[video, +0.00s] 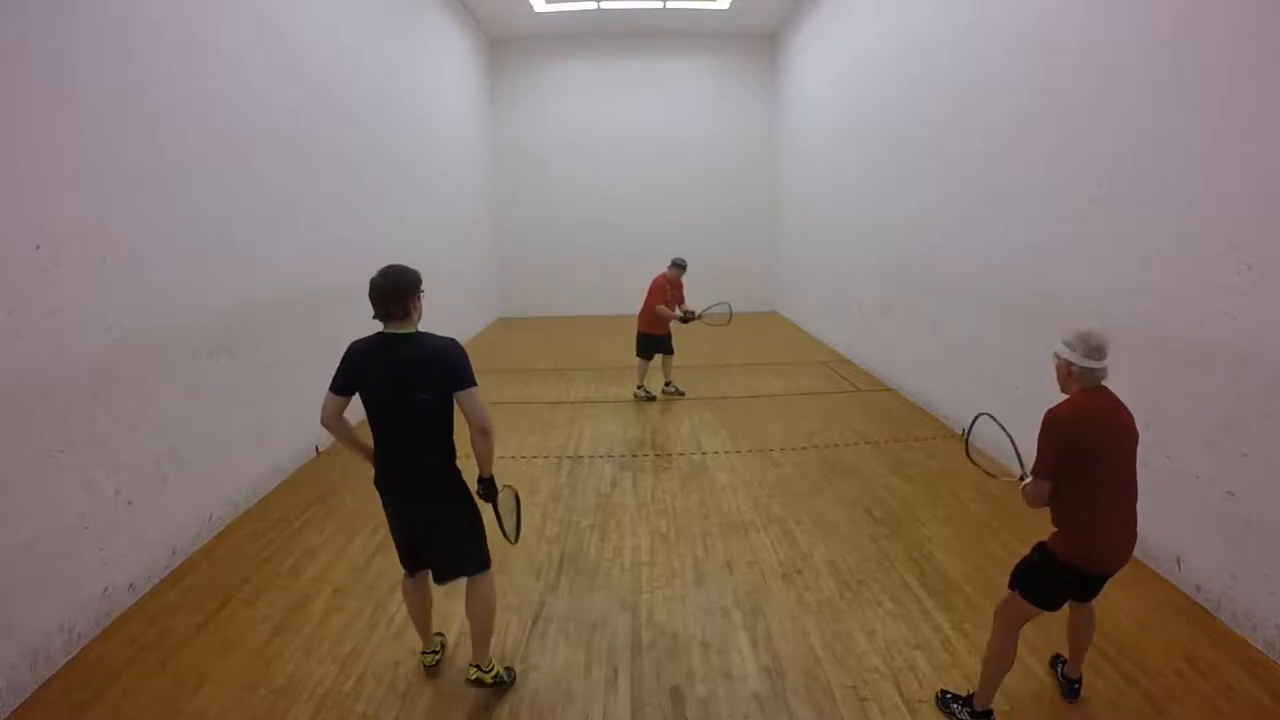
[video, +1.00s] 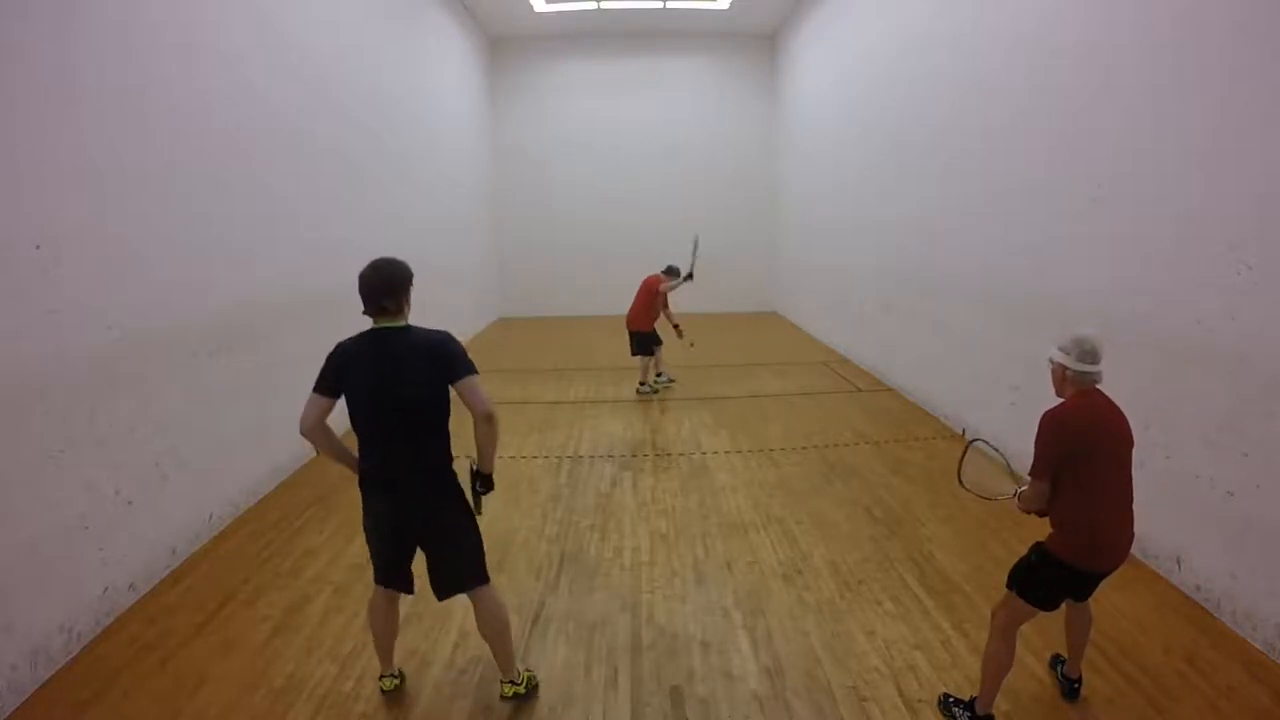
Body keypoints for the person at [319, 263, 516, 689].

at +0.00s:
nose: (422, 301)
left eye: (419, 295)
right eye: (421, 296)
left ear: (375, 307)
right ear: (416, 302)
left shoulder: (359, 354)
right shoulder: (446, 351)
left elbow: (331, 417)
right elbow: (480, 425)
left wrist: (371, 455)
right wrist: (486, 475)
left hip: (393, 482)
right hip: (440, 480)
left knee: (413, 568)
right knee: (478, 568)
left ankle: (428, 647)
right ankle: (481, 665)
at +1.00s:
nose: (411, 296)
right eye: (409, 291)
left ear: (363, 301)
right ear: (407, 297)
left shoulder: (346, 354)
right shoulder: (440, 345)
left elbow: (311, 425)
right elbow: (484, 411)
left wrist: (355, 465)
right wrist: (484, 470)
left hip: (381, 494)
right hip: (438, 490)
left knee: (386, 586)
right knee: (479, 586)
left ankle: (387, 673)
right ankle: (511, 678)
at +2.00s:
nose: (294, 370)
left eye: (291, 364)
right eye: (292, 365)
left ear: (244, 378)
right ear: (287, 372)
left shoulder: (225, 436)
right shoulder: (319, 423)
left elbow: (202, 525)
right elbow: (376, 494)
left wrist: (222, 576)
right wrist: (380, 538)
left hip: (267, 578)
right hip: (327, 570)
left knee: (265, 667)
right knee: (383, 644)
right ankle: (429, 713)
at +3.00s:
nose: (166, 400)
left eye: (166, 393)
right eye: (165, 392)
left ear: (174, 397)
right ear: (211, 389)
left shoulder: (170, 451)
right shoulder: (237, 430)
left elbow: (158, 540)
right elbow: (254, 495)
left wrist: (164, 569)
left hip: (237, 575)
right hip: (286, 551)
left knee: (236, 681)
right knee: (320, 598)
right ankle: (383, 659)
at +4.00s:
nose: (259, 314)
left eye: (256, 308)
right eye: (257, 309)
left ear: (220, 318)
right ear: (252, 314)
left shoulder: (205, 361)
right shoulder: (276, 349)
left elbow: (184, 420)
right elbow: (322, 395)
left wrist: (201, 418)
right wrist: (336, 442)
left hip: (245, 466)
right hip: (288, 456)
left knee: (268, 544)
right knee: (303, 525)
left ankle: (297, 613)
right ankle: (317, 591)